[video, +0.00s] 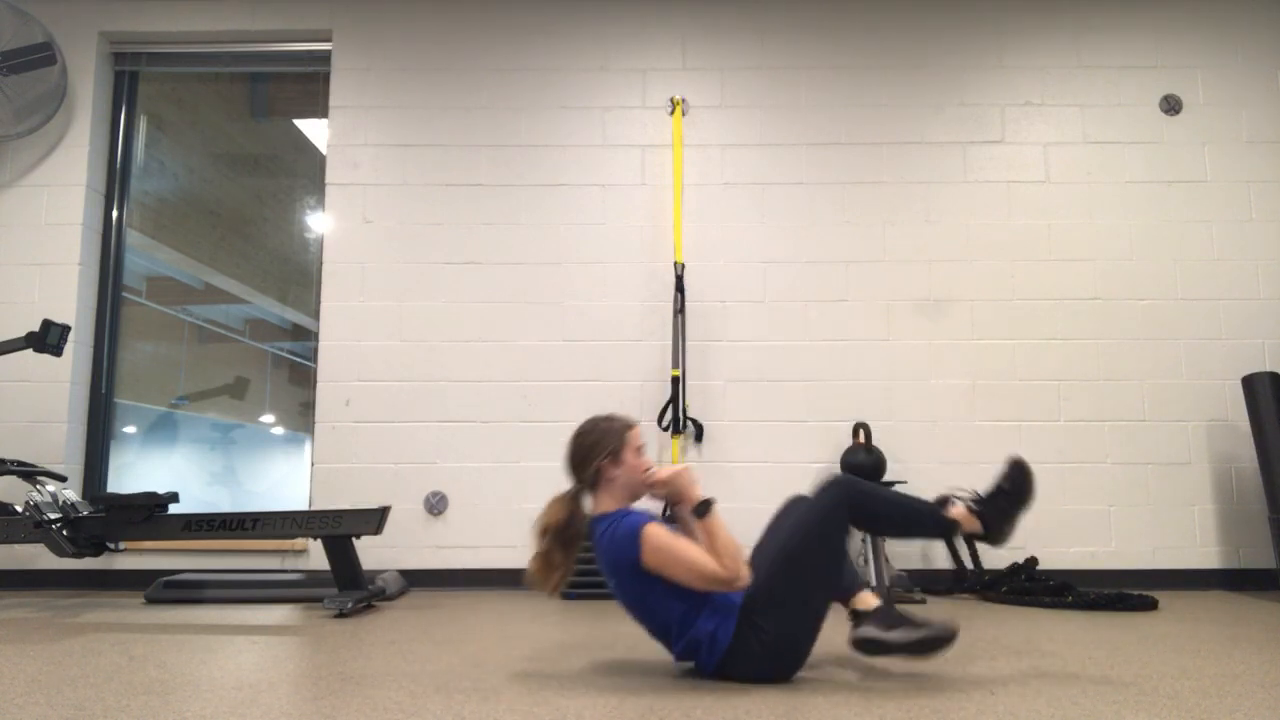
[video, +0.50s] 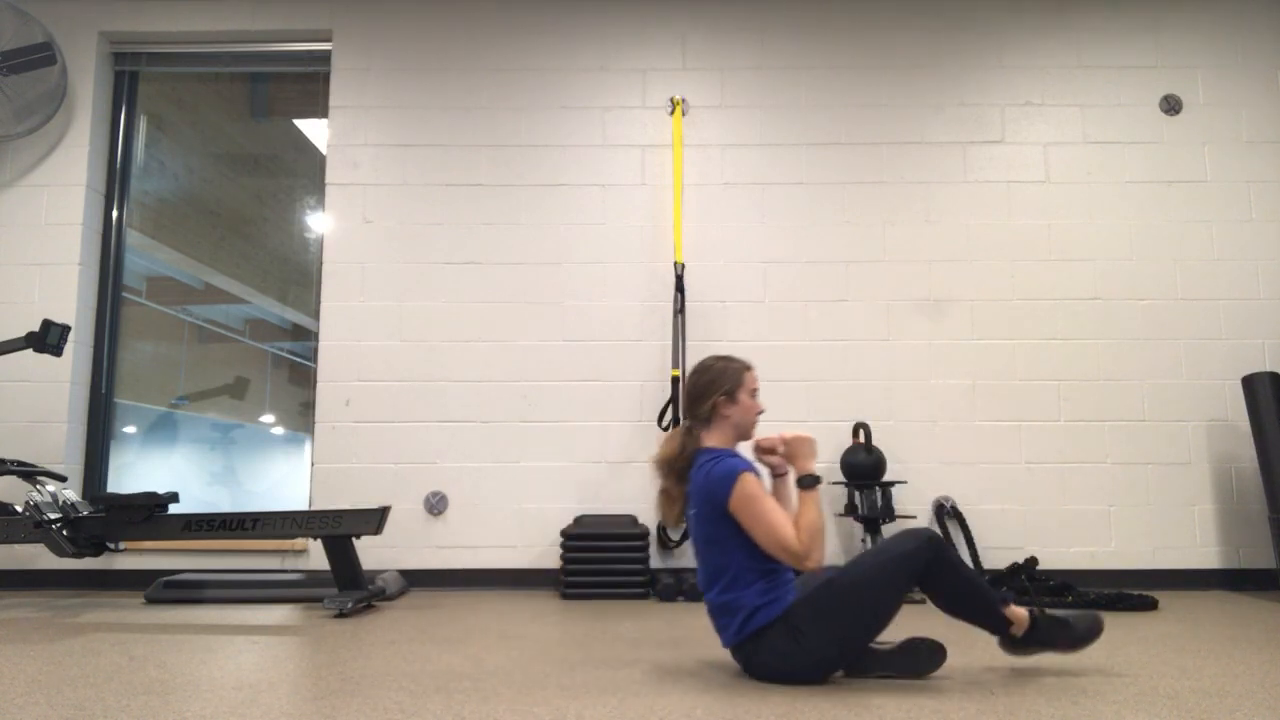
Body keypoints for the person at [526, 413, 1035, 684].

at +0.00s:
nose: (654, 457)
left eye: (647, 448)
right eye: (641, 451)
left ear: (613, 469)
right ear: (610, 470)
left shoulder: (620, 525)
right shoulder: (630, 531)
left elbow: (721, 573)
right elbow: (735, 574)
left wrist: (687, 507)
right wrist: (695, 503)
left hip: (740, 638)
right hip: (753, 649)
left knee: (805, 505)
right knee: (839, 495)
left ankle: (869, 613)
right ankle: (975, 517)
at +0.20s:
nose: (699, 432)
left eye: (695, 423)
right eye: (690, 423)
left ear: (659, 434)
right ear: (662, 433)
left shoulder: (659, 492)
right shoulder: (671, 500)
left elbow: (739, 559)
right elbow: (764, 567)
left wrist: (722, 493)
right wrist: (748, 487)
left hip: (748, 636)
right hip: (762, 648)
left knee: (811, 541)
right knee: (886, 521)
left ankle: (868, 625)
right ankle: (998, 564)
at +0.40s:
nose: (741, 413)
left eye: (737, 402)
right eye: (733, 402)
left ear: (698, 412)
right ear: (705, 411)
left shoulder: (695, 471)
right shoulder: (707, 478)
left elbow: (770, 551)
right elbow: (791, 556)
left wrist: (759, 481)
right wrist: (789, 475)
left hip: (760, 635)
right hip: (771, 644)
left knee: (848, 560)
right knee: (910, 537)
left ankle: (854, 646)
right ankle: (1015, 608)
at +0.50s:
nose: (761, 404)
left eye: (758, 393)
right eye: (753, 395)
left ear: (720, 403)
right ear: (723, 404)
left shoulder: (718, 466)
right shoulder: (723, 470)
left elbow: (791, 553)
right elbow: (805, 554)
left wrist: (780, 477)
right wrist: (806, 471)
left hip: (772, 632)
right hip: (778, 641)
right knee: (921, 545)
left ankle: (861, 654)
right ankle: (1017, 624)